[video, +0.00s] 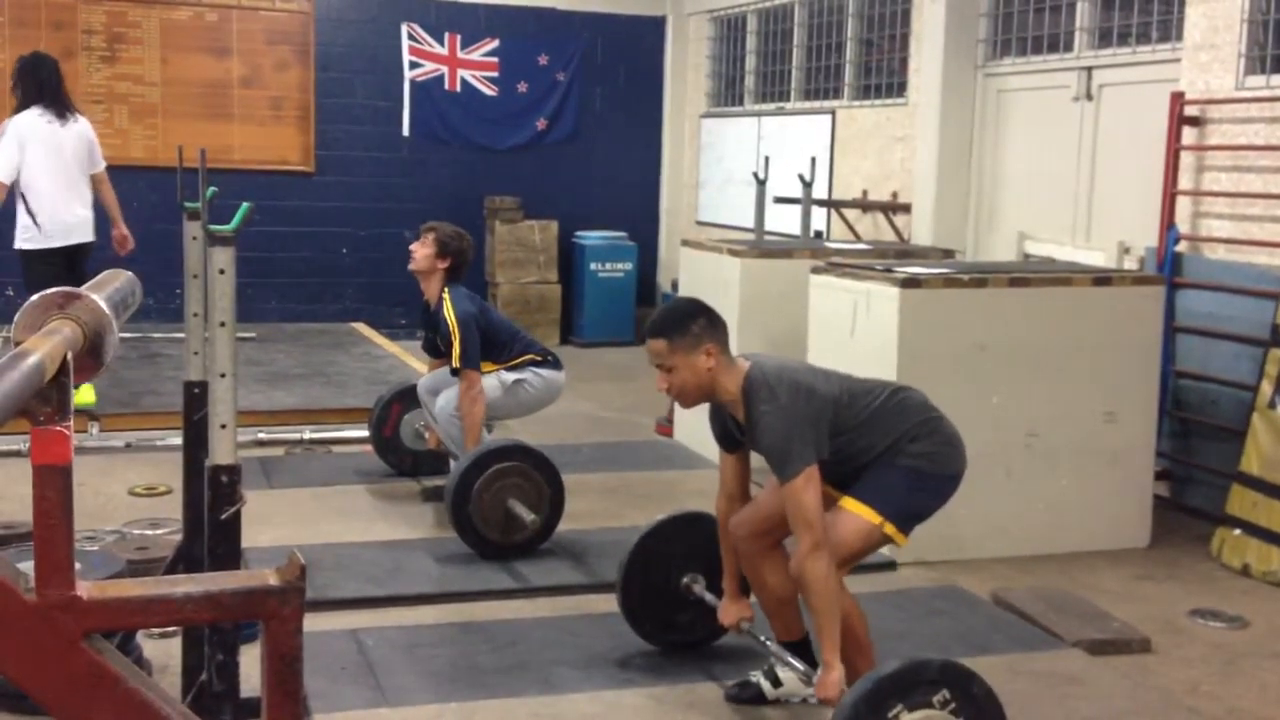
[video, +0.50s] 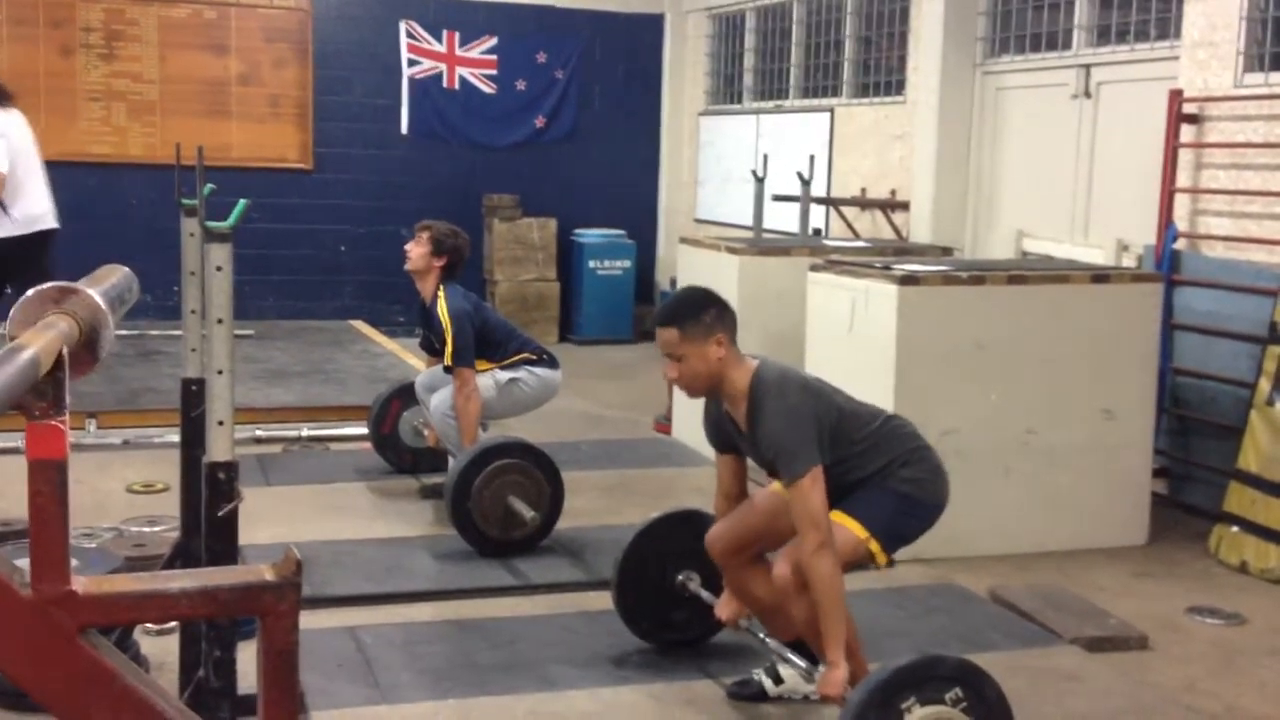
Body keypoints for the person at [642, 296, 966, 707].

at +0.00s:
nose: (661, 385)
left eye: (667, 370)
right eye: (658, 371)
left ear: (708, 357)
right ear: (708, 360)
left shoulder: (778, 404)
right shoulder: (728, 405)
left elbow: (813, 547)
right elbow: (731, 499)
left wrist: (831, 665)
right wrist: (733, 594)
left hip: (923, 452)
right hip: (863, 452)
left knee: (815, 566)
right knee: (748, 533)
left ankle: (870, 696)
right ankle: (798, 667)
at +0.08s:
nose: (662, 386)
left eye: (668, 371)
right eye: (659, 373)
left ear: (708, 357)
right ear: (708, 359)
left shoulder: (778, 404)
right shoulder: (727, 407)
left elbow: (813, 547)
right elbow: (732, 500)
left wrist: (832, 666)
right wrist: (735, 593)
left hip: (923, 455)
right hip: (863, 455)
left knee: (811, 567)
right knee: (747, 533)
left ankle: (869, 692)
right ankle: (797, 666)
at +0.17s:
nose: (662, 392)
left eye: (666, 378)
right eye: (658, 380)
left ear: (706, 360)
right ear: (706, 362)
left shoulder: (778, 405)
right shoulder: (728, 408)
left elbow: (815, 547)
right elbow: (734, 500)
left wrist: (836, 664)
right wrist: (735, 594)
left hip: (924, 454)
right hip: (865, 454)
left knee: (814, 564)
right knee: (747, 532)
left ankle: (866, 692)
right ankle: (799, 666)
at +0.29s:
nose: (665, 397)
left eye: (669, 382)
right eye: (660, 385)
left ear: (708, 362)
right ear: (706, 364)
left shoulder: (779, 408)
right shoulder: (727, 410)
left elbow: (820, 549)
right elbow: (733, 501)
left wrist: (838, 665)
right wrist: (735, 594)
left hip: (921, 462)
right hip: (857, 460)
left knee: (808, 567)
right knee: (743, 538)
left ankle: (864, 690)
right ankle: (802, 667)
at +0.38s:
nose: (668, 389)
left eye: (672, 374)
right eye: (664, 376)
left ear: (712, 357)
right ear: (712, 359)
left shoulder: (782, 409)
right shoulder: (727, 407)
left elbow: (823, 548)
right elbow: (733, 501)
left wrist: (840, 666)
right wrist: (735, 589)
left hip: (915, 471)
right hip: (851, 468)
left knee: (798, 568)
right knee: (734, 541)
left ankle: (861, 687)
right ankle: (805, 666)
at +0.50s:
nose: (668, 373)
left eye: (676, 359)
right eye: (665, 360)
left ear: (719, 346)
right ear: (717, 348)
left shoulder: (780, 405)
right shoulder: (721, 405)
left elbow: (818, 544)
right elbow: (730, 500)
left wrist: (839, 662)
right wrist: (734, 588)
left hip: (906, 480)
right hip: (843, 475)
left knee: (790, 572)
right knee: (724, 543)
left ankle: (856, 679)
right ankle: (808, 662)